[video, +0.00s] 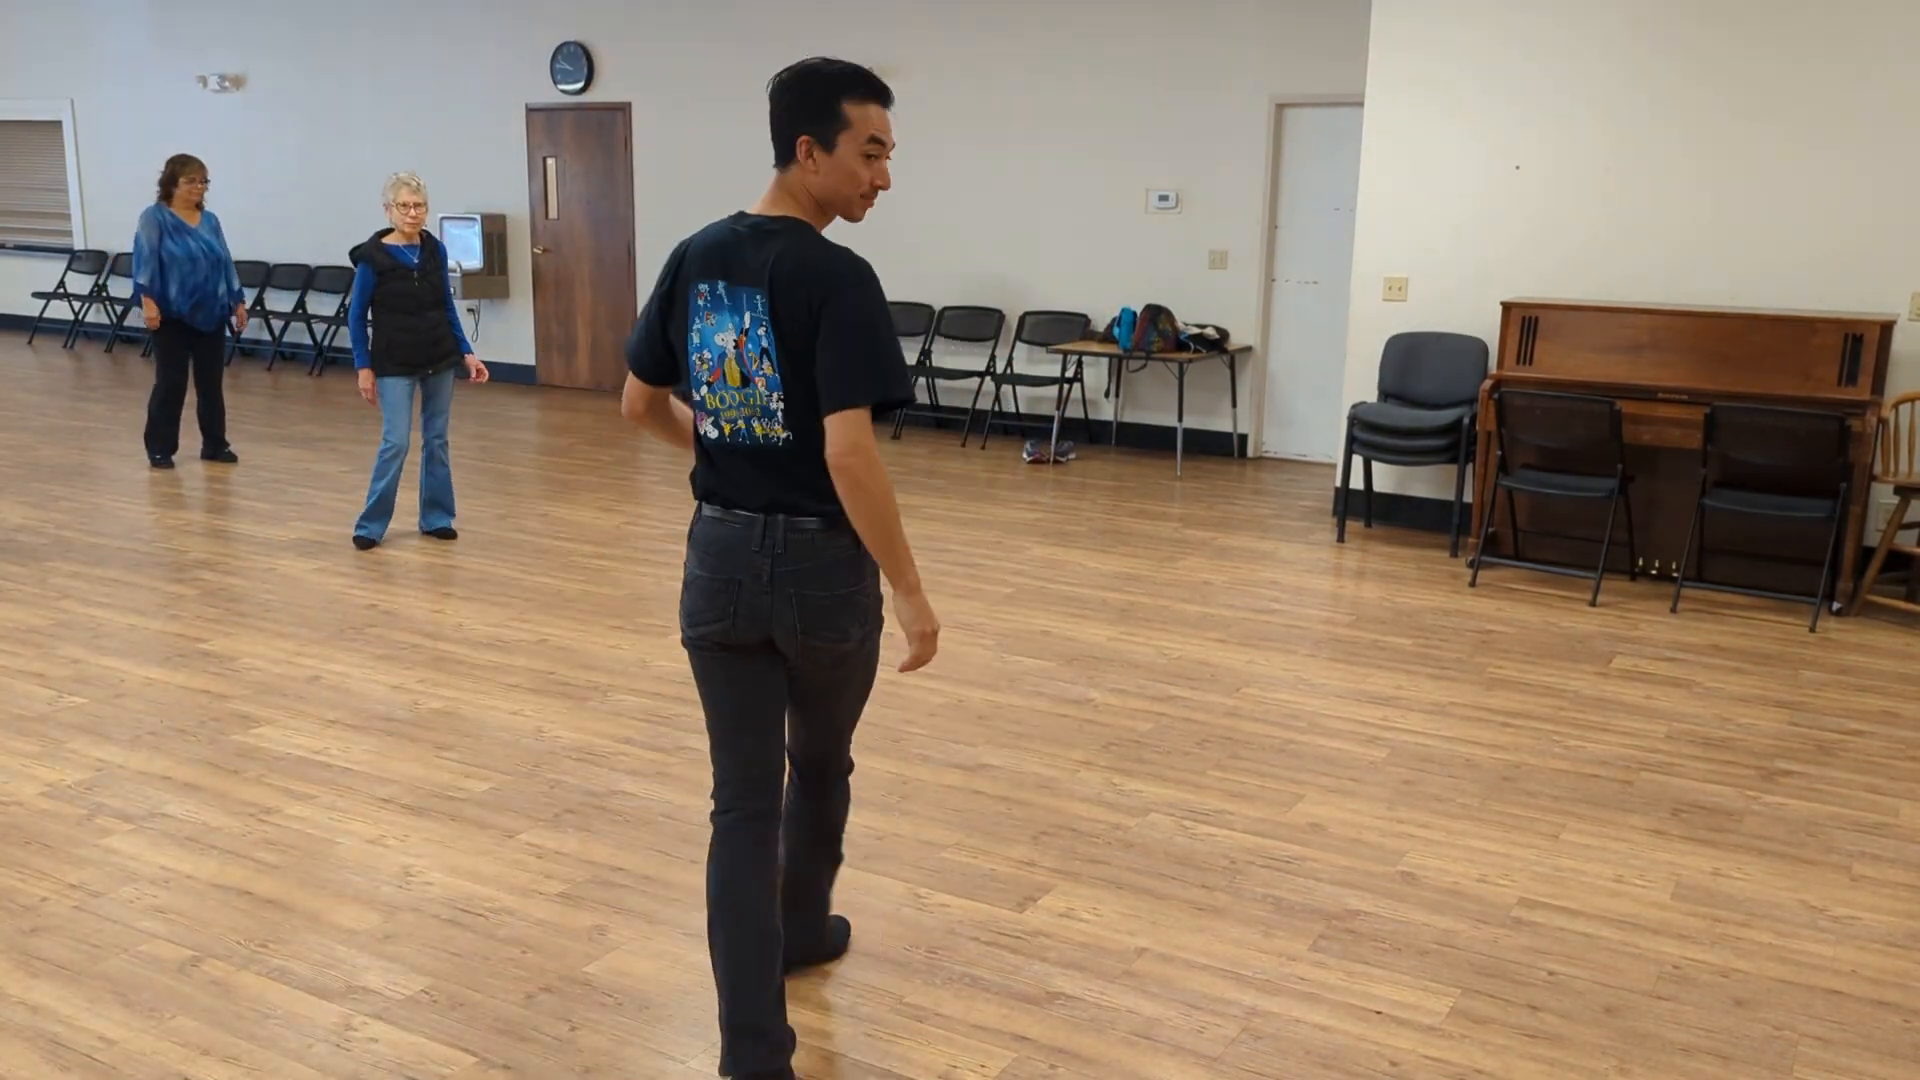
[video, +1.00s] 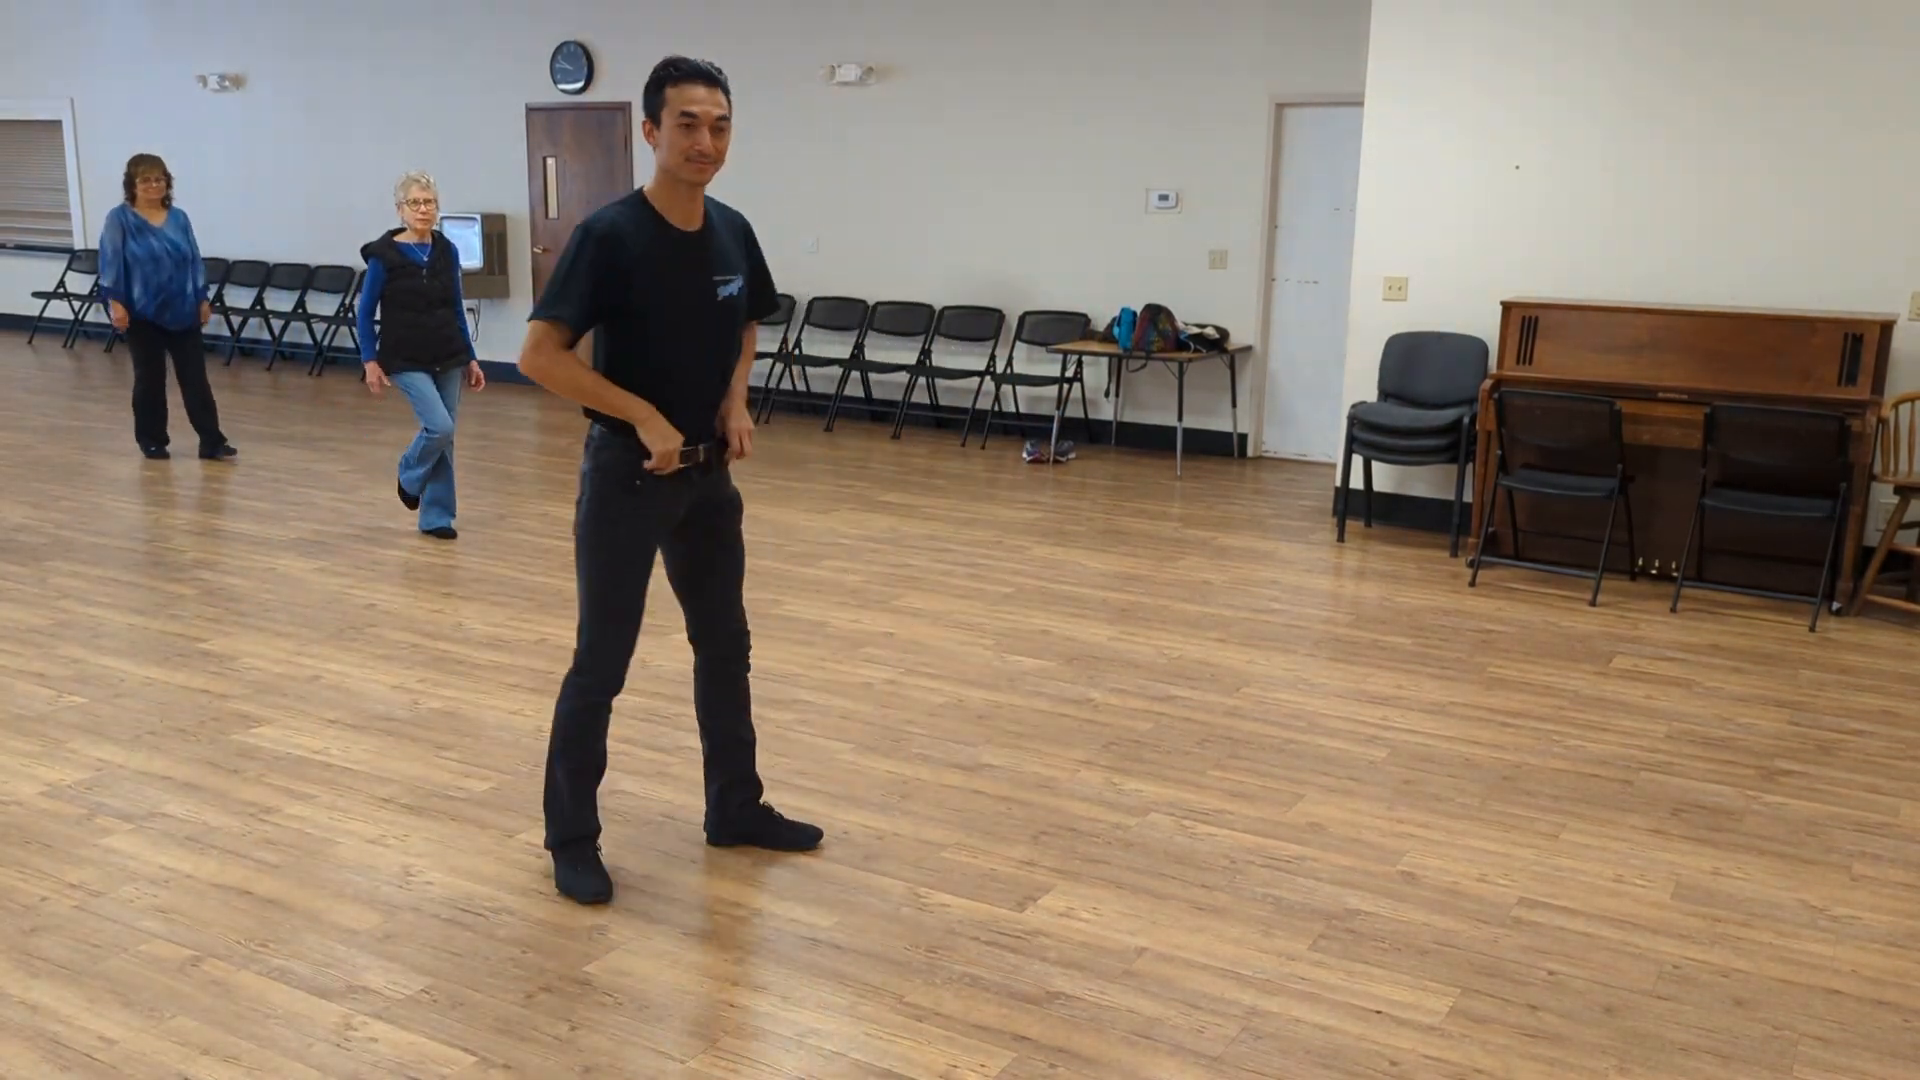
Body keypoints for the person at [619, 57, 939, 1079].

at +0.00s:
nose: (885, 172)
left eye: (887, 151)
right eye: (872, 149)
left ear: (801, 154)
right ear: (806, 149)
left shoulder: (698, 254)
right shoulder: (838, 278)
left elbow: (642, 398)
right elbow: (850, 450)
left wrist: (717, 440)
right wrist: (908, 589)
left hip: (719, 553)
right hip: (822, 560)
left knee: (742, 799)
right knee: (820, 754)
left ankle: (754, 1058)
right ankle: (801, 927)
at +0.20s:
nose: (867, 161)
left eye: (873, 143)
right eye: (849, 142)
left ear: (800, 150)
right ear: (790, 147)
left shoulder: (725, 235)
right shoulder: (810, 271)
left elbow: (671, 349)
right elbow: (795, 430)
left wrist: (732, 409)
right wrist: (881, 522)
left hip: (731, 521)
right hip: (807, 531)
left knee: (767, 715)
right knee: (830, 733)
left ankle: (706, 913)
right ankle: (790, 929)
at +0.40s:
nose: (830, 148)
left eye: (841, 131)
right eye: (810, 129)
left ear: (849, 138)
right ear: (764, 135)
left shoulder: (750, 226)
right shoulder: (765, 240)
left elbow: (705, 336)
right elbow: (731, 394)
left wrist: (791, 394)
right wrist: (829, 433)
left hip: (746, 491)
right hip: (780, 503)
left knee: (775, 665)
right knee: (824, 707)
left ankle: (732, 831)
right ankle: (773, 915)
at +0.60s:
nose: (799, 148)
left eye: (810, 132)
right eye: (779, 131)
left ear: (821, 141)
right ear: (741, 139)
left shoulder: (799, 238)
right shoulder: (705, 244)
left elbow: (782, 346)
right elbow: (652, 377)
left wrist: (811, 408)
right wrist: (758, 427)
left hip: (780, 490)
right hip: (722, 496)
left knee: (758, 668)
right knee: (764, 689)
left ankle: (738, 813)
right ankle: (759, 897)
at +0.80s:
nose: (762, 142)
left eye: (774, 127)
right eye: (743, 125)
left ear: (785, 135)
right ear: (705, 132)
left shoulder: (781, 233)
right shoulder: (663, 236)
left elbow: (779, 333)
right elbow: (590, 355)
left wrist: (776, 405)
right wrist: (695, 421)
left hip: (746, 484)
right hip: (673, 484)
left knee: (744, 655)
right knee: (686, 668)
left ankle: (735, 810)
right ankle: (640, 853)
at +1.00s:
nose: (706, 140)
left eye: (718, 126)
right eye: (688, 124)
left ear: (731, 136)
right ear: (649, 131)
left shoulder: (732, 230)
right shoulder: (608, 233)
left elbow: (744, 325)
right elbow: (541, 354)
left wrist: (736, 395)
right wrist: (642, 412)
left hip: (705, 475)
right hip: (624, 478)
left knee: (724, 648)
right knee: (600, 666)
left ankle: (734, 808)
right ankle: (572, 841)